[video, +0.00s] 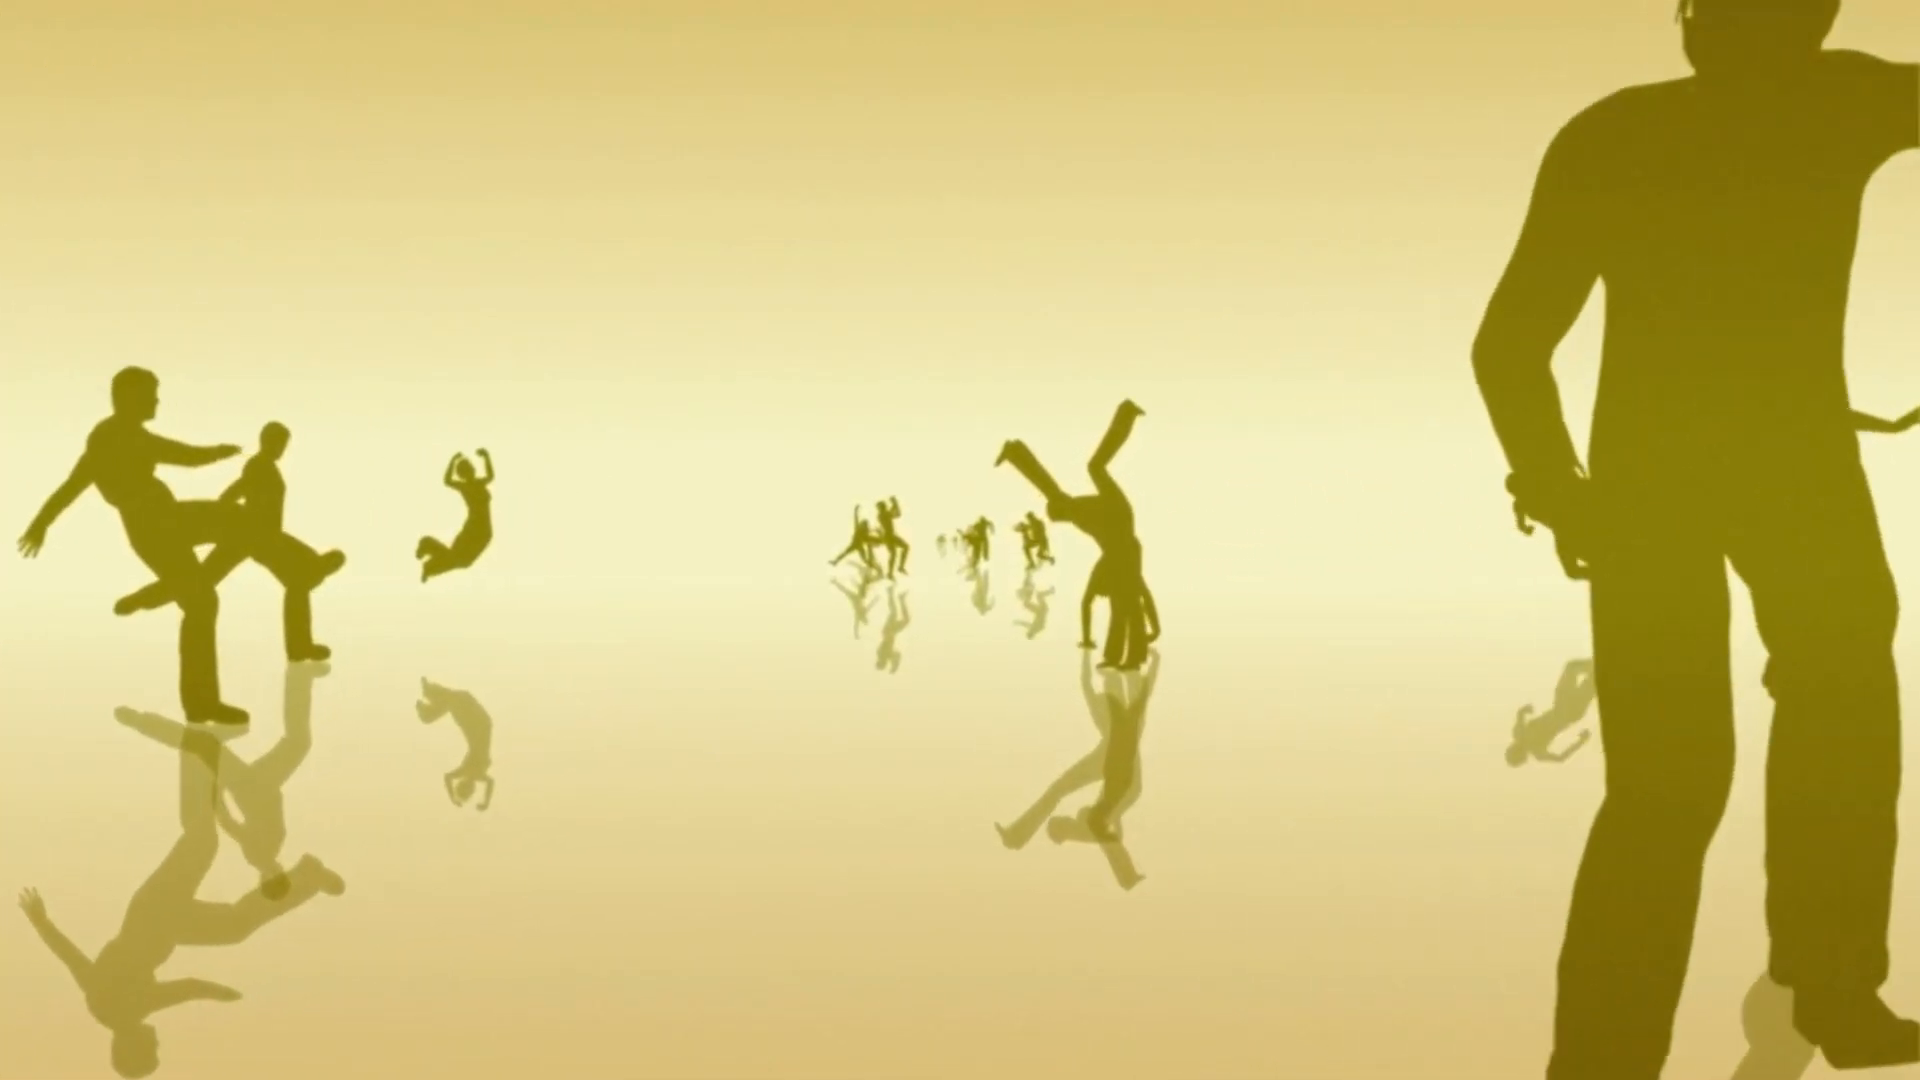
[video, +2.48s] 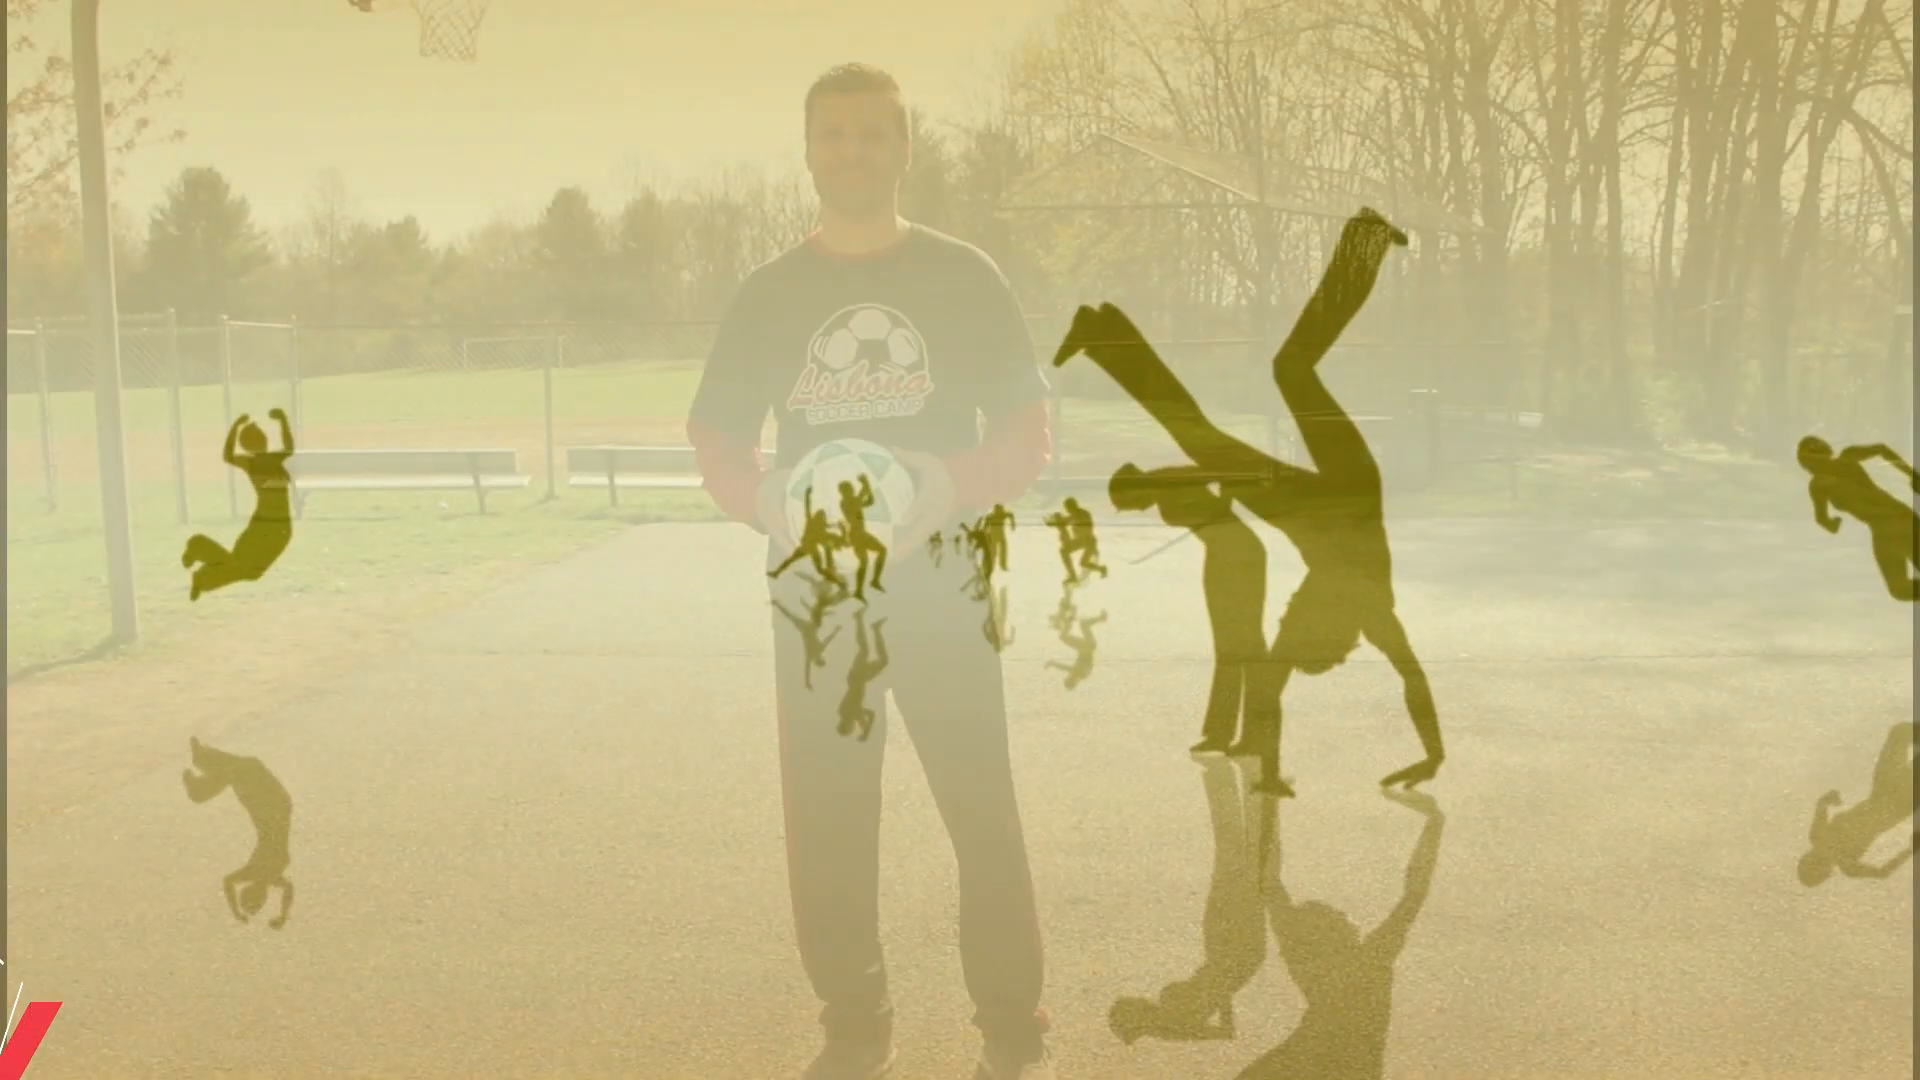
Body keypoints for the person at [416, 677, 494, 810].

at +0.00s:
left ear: (469, 786)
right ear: (461, 784)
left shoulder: (477, 775)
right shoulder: (463, 772)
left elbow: (491, 781)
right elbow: (447, 777)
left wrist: (486, 803)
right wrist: (452, 798)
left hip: (465, 701)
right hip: (455, 701)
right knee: (427, 717)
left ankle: (429, 689)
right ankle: (419, 705)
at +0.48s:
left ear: (437, 803)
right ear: (427, 801)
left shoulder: (445, 792)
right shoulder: (428, 789)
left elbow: (459, 798)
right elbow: (412, 793)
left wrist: (454, 820)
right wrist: (418, 815)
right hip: (423, 713)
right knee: (390, 729)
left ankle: (393, 698)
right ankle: (382, 716)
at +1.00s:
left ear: (403, 821)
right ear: (391, 818)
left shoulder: (412, 808)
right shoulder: (394, 805)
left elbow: (426, 815)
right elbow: (376, 810)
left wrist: (420, 840)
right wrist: (382, 834)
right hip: (388, 724)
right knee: (352, 742)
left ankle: (355, 709)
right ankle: (345, 727)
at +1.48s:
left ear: (360, 843)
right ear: (348, 841)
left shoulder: (371, 829)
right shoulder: (350, 826)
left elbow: (386, 837)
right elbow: (332, 831)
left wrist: (379, 862)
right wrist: (339, 857)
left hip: (355, 738)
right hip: (343, 738)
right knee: (307, 758)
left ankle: (309, 722)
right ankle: (298, 741)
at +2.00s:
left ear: (316, 866)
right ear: (303, 863)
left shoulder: (327, 851)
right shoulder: (307, 847)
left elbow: (343, 859)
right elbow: (286, 853)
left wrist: (337, 886)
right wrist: (293, 881)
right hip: (298, 753)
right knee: (258, 774)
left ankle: (262, 736)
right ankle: (249, 756)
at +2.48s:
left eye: (254, 907)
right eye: (250, 908)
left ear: (259, 894)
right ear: (249, 891)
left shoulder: (271, 876)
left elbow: (289, 888)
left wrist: (283, 917)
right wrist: (235, 912)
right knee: (198, 795)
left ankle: (203, 754)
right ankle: (187, 776)